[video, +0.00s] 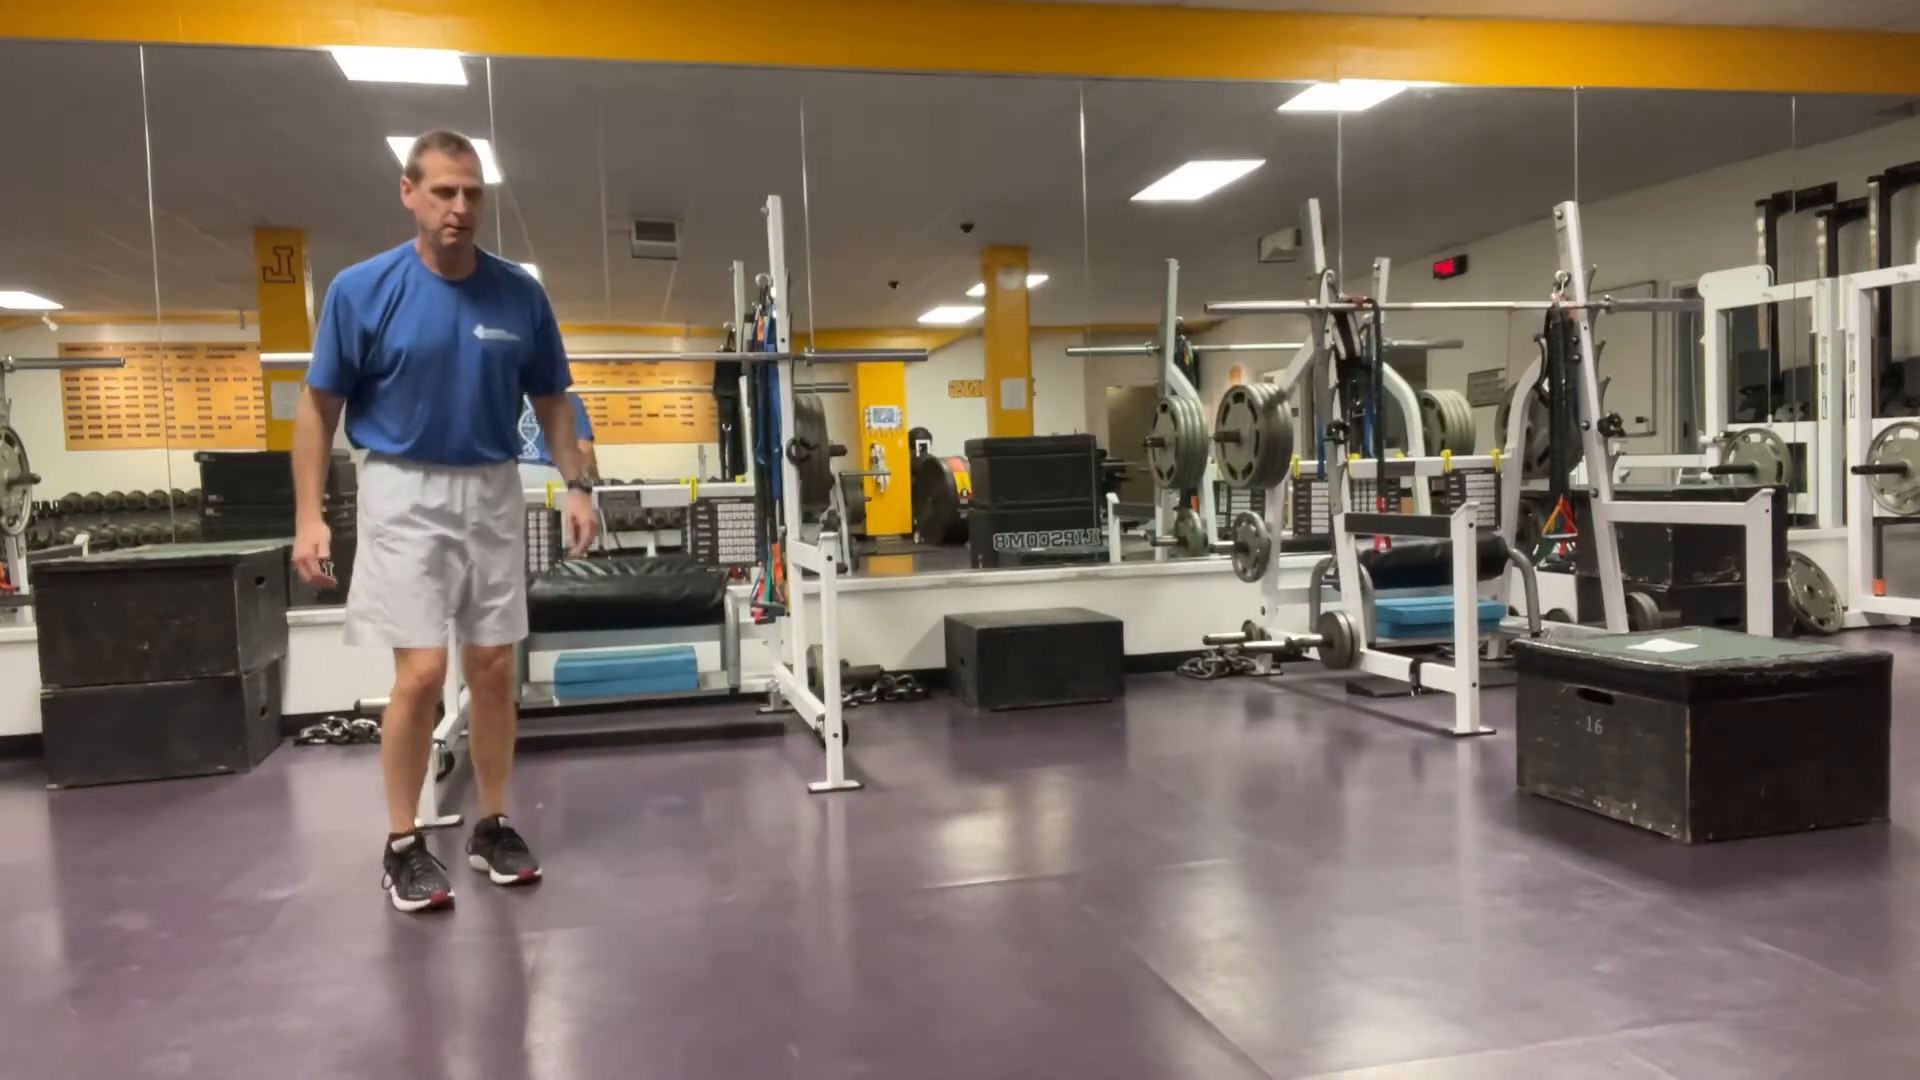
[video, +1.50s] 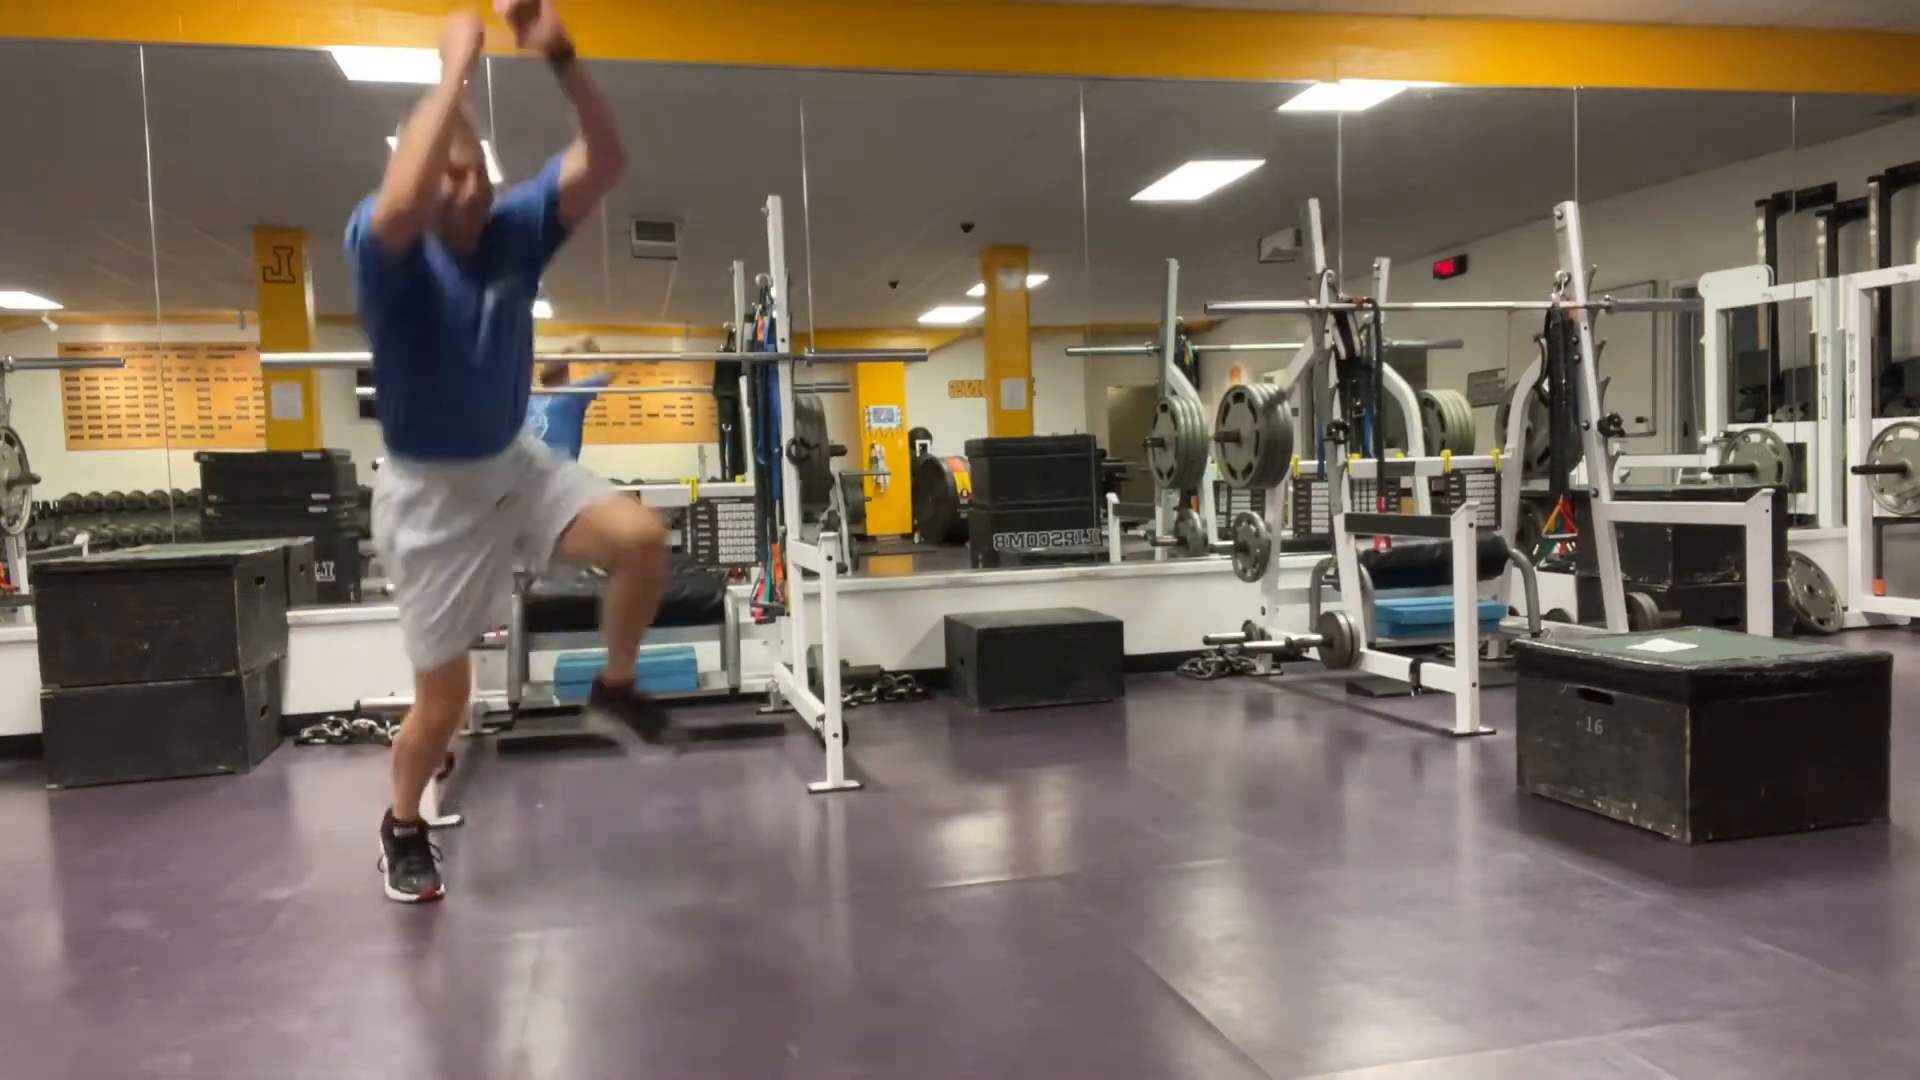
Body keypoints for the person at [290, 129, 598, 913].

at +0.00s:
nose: (460, 207)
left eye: (471, 193)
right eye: (444, 193)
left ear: (483, 199)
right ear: (409, 195)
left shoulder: (519, 295)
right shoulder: (358, 292)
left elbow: (553, 398)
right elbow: (317, 407)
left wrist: (579, 483)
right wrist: (309, 518)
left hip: (492, 494)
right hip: (402, 494)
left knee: (493, 667)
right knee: (422, 674)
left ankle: (496, 825)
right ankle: (404, 842)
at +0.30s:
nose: (441, 209)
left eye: (452, 195)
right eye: (425, 194)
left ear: (463, 201)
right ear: (388, 196)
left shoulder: (499, 297)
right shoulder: (340, 294)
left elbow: (543, 392)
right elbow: (291, 404)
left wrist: (579, 447)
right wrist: (316, 491)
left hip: (481, 497)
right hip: (388, 498)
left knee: (494, 670)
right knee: (412, 680)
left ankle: (494, 826)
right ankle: (401, 836)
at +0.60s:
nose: (407, 219)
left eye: (418, 205)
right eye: (391, 204)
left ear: (430, 209)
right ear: (353, 206)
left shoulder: (465, 295)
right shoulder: (305, 296)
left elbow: (502, 398)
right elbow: (273, 421)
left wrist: (519, 412)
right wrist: (334, 406)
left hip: (458, 489)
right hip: (362, 505)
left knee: (523, 587)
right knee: (387, 687)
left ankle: (503, 725)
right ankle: (399, 838)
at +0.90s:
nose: (414, 246)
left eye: (425, 229)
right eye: (397, 230)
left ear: (438, 231)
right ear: (358, 227)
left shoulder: (472, 311)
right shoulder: (304, 315)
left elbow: (509, 399)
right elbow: (251, 424)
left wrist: (527, 476)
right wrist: (257, 537)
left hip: (445, 487)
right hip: (353, 507)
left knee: (509, 556)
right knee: (386, 688)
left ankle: (471, 661)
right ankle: (400, 840)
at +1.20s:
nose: (440, 306)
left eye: (451, 290)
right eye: (421, 291)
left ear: (464, 289)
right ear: (381, 290)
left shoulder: (503, 360)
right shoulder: (331, 364)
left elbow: (516, 416)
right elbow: (263, 410)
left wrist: (502, 492)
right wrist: (241, 486)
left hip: (455, 527)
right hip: (362, 535)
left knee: (490, 668)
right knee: (414, 698)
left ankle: (426, 707)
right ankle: (400, 841)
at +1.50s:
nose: (465, 186)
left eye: (474, 167)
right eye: (446, 173)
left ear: (492, 171)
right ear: (411, 180)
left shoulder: (515, 232)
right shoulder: (383, 250)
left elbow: (604, 160)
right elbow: (400, 205)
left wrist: (561, 58)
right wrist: (453, 72)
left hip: (518, 473)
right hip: (429, 497)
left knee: (639, 539)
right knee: (441, 705)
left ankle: (617, 687)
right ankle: (403, 822)